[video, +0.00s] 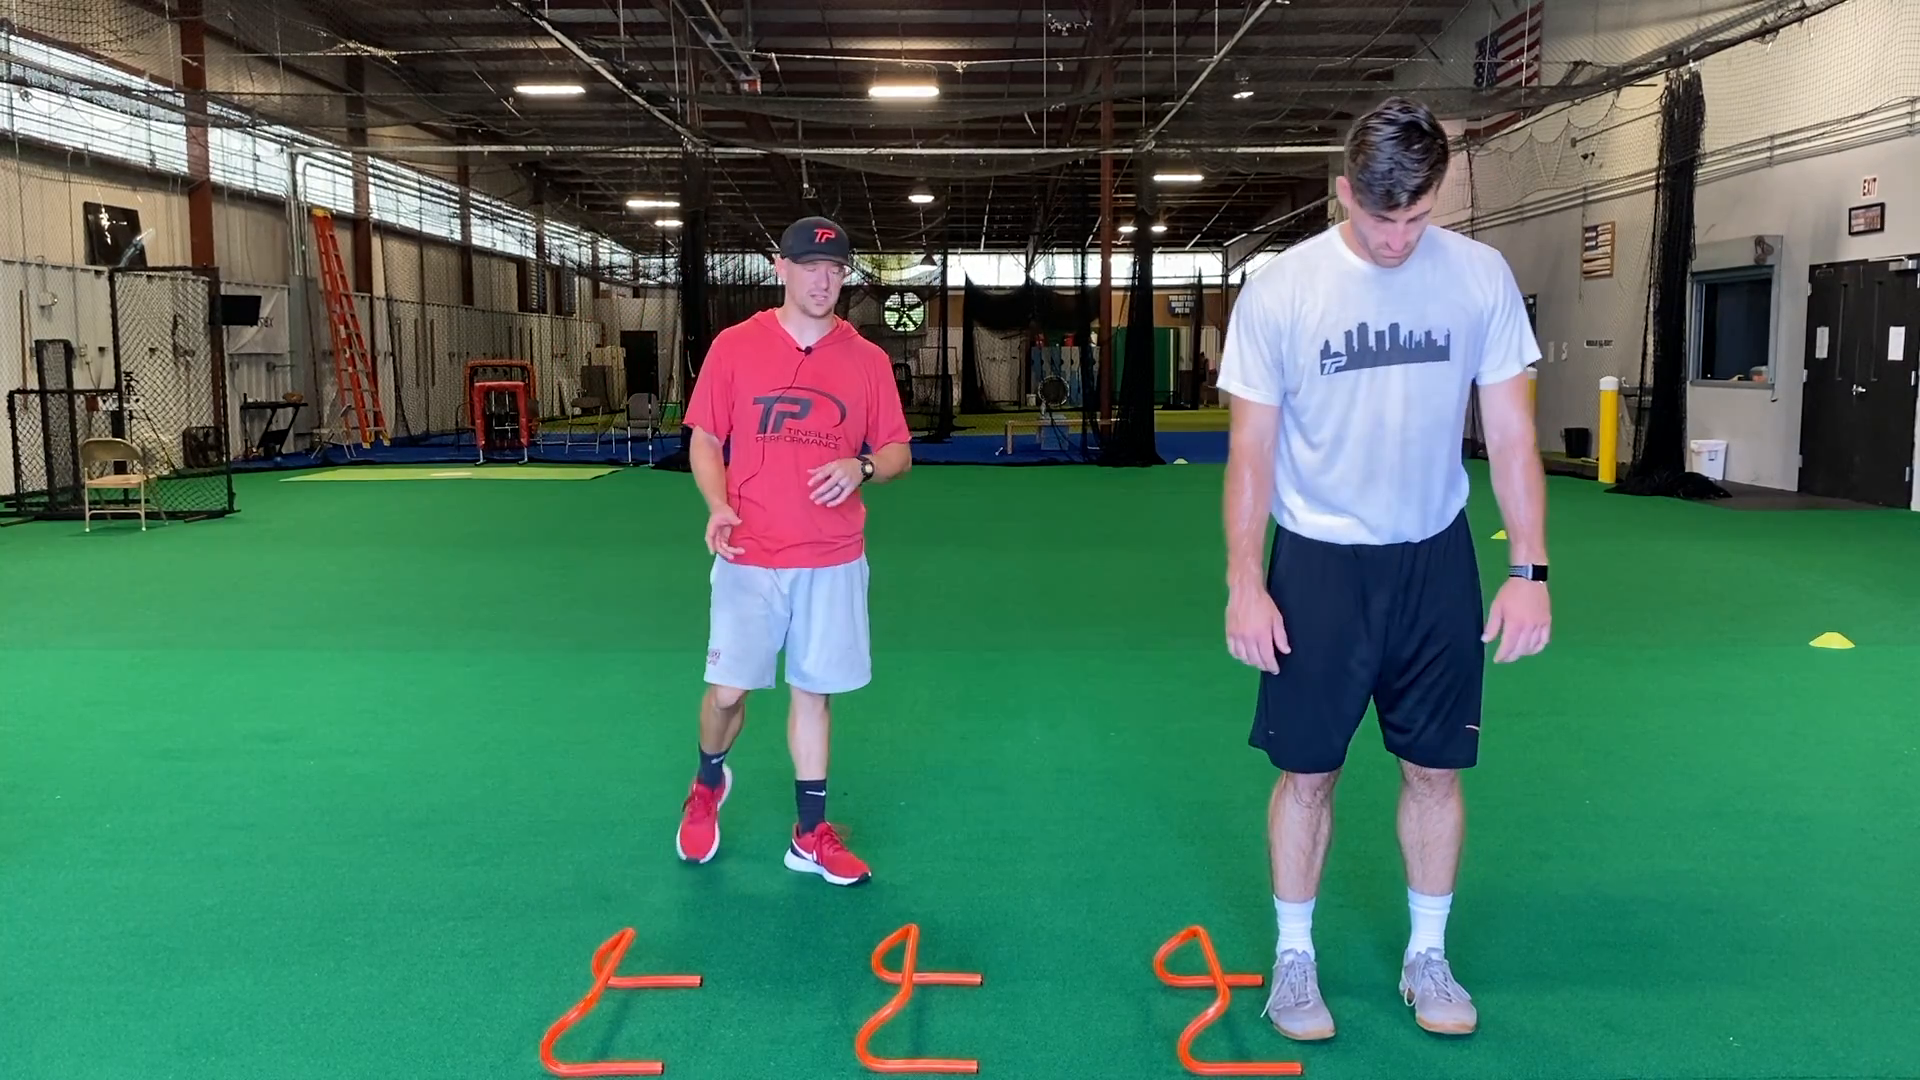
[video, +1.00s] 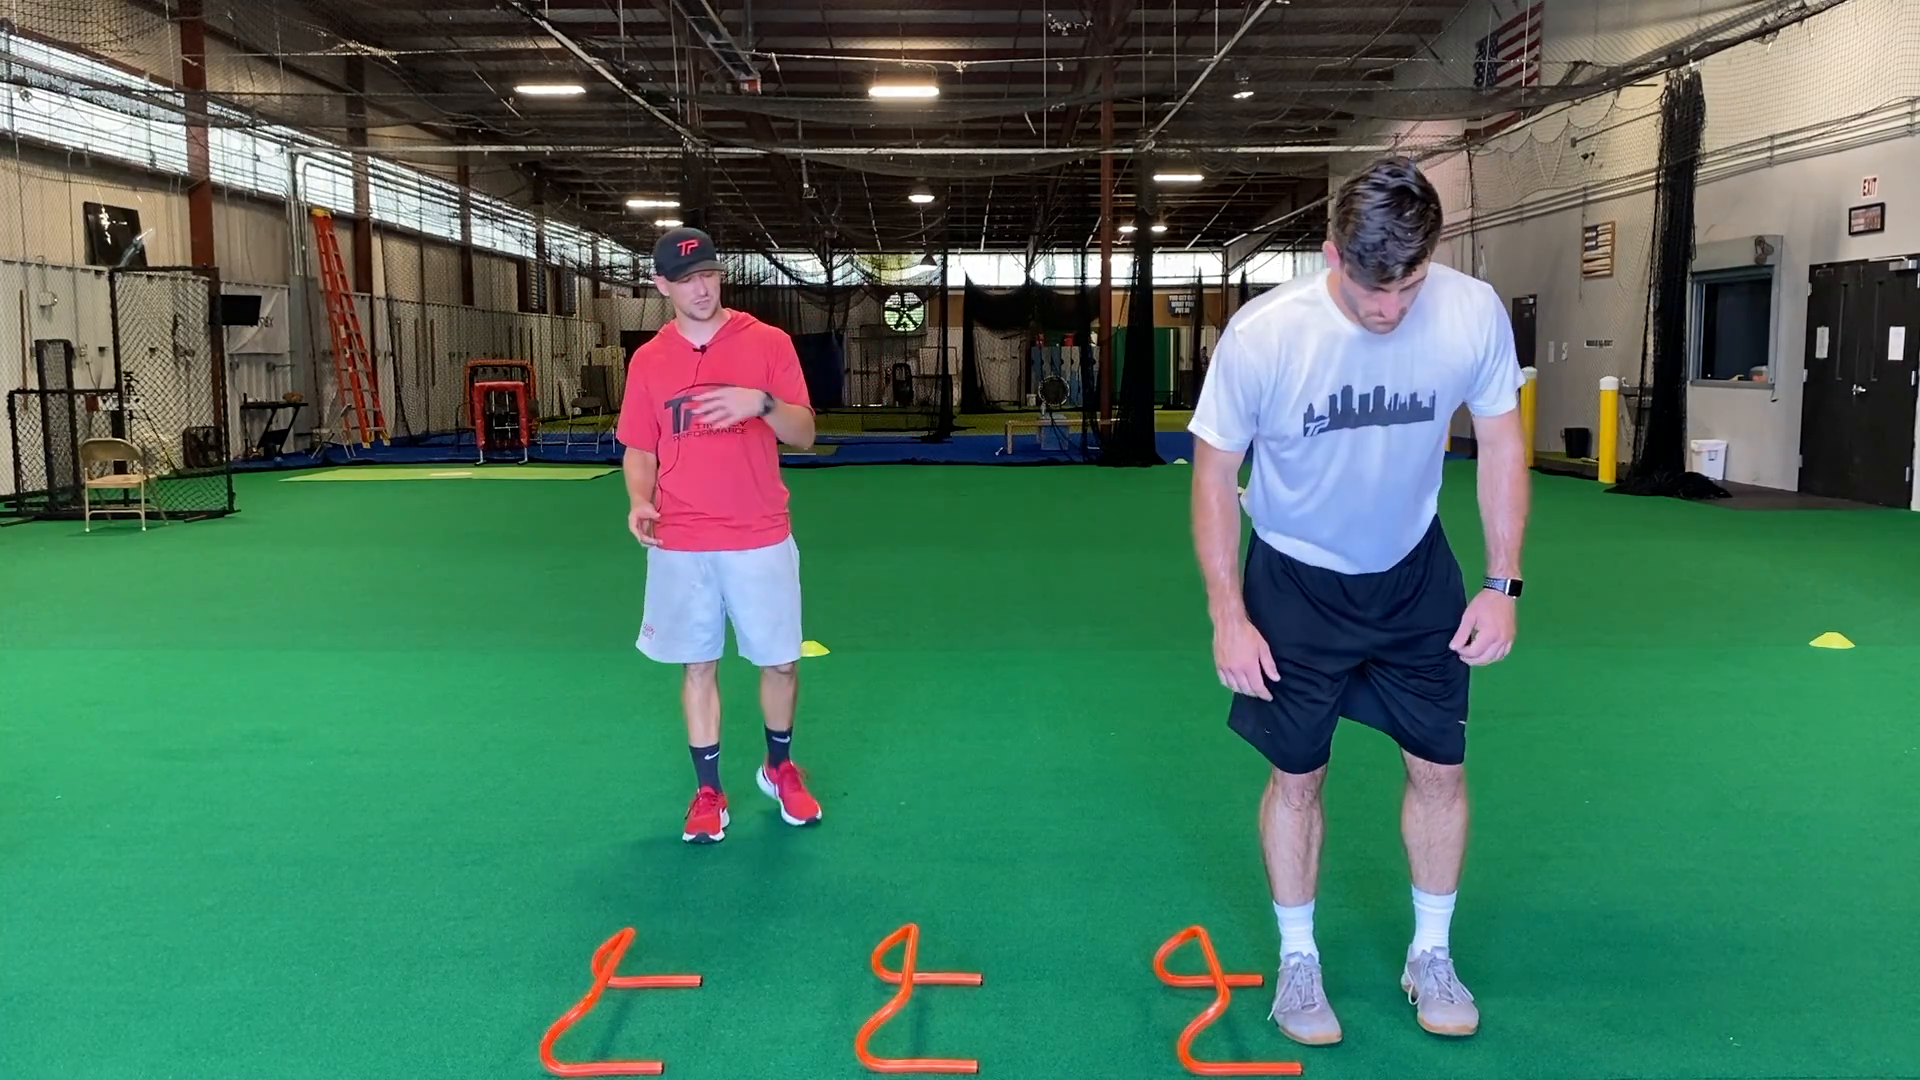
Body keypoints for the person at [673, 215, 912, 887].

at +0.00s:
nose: (824, 279)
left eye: (834, 268)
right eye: (811, 266)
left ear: (846, 276)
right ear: (782, 269)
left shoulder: (869, 362)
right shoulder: (735, 346)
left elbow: (897, 452)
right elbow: (703, 439)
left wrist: (863, 466)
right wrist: (718, 505)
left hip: (830, 560)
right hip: (747, 556)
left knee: (814, 689)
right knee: (729, 689)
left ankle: (811, 831)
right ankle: (709, 784)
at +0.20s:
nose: (810, 283)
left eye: (819, 271)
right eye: (797, 271)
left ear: (829, 278)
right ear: (768, 274)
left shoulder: (852, 362)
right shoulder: (721, 351)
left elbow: (874, 448)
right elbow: (693, 442)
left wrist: (858, 461)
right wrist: (712, 504)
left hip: (823, 556)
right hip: (741, 556)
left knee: (809, 687)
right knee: (718, 689)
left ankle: (811, 830)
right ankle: (703, 778)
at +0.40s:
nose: (776, 284)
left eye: (784, 272)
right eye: (761, 273)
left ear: (793, 277)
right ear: (732, 279)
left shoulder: (823, 359)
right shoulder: (695, 357)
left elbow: (849, 441)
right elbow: (671, 445)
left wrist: (862, 452)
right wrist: (691, 501)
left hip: (800, 555)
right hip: (719, 557)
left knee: (795, 684)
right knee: (712, 681)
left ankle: (810, 829)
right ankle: (711, 791)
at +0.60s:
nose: (736, 289)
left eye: (743, 275)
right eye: (721, 279)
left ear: (754, 279)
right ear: (693, 286)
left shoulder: (795, 355)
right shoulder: (668, 361)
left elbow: (841, 441)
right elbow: (648, 449)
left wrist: (870, 410)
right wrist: (655, 502)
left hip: (772, 553)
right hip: (691, 554)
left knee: (780, 681)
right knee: (700, 675)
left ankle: (803, 819)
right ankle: (709, 796)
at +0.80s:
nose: (707, 288)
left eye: (715, 274)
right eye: (692, 278)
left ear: (726, 276)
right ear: (668, 286)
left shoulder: (775, 345)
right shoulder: (650, 359)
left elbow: (809, 435)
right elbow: (640, 448)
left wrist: (841, 413)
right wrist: (642, 503)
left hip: (762, 539)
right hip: (683, 544)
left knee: (778, 667)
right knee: (699, 667)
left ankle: (793, 804)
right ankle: (709, 794)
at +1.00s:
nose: (703, 287)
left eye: (710, 275)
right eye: (689, 279)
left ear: (722, 276)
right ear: (664, 287)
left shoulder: (768, 343)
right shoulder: (648, 361)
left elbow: (803, 432)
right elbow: (638, 448)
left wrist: (761, 403)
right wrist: (641, 500)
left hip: (761, 536)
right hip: (683, 542)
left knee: (780, 659)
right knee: (699, 662)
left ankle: (780, 767)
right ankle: (708, 791)